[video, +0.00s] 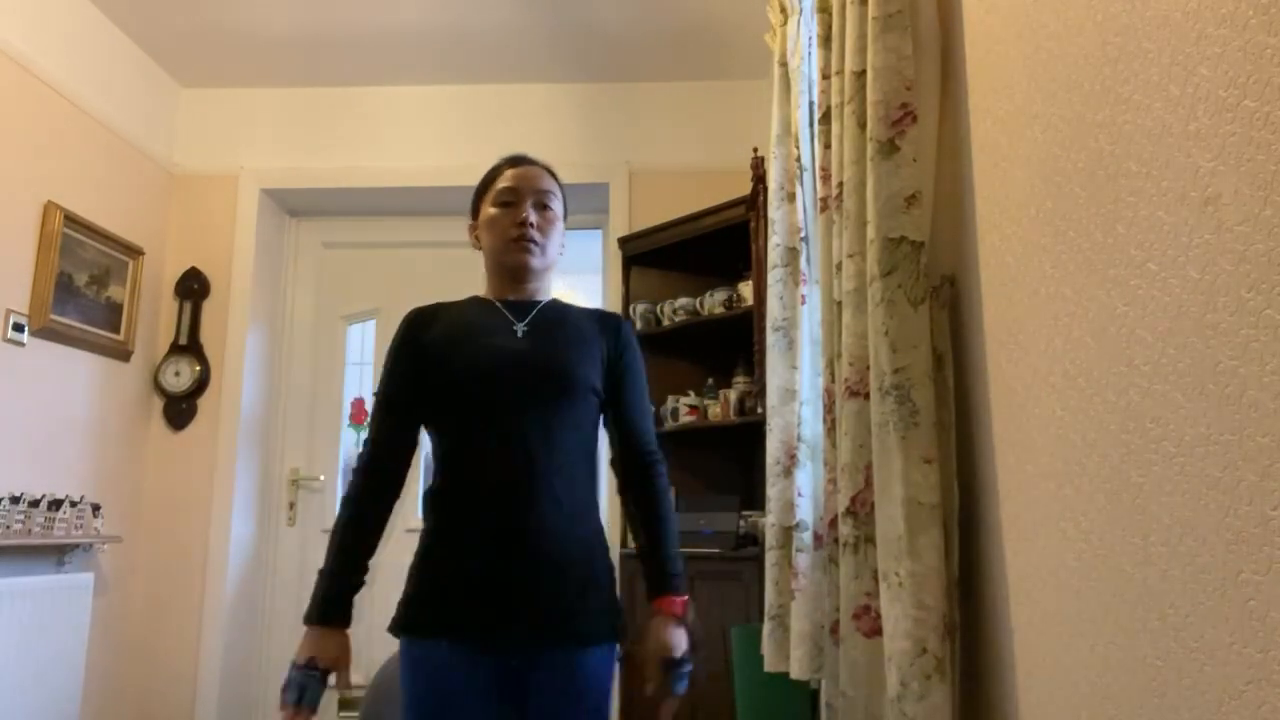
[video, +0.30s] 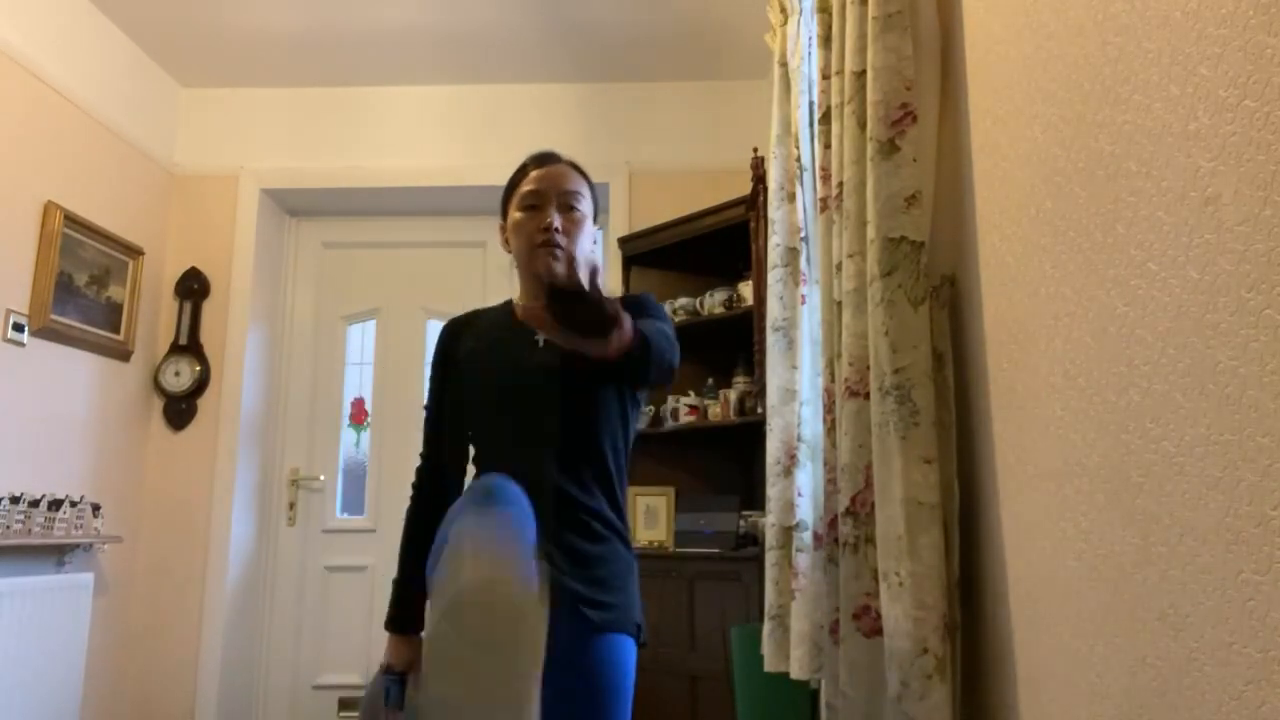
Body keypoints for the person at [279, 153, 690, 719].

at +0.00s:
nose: (528, 215)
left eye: (544, 204)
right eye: (507, 202)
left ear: (562, 233)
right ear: (475, 229)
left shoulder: (606, 335)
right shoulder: (427, 331)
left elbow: (643, 469)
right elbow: (379, 475)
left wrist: (669, 601)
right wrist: (327, 615)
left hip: (572, 622)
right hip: (449, 620)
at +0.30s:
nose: (552, 221)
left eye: (570, 208)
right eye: (532, 207)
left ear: (595, 235)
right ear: (505, 234)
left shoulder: (634, 316)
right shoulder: (465, 337)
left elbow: (660, 360)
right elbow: (437, 480)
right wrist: (404, 621)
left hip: (592, 597)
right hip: (486, 594)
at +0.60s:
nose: (554, 222)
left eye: (574, 208)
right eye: (534, 205)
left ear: (596, 232)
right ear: (507, 229)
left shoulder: (620, 325)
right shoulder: (467, 332)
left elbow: (652, 341)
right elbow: (440, 475)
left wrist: (642, 304)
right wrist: (414, 585)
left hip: (596, 567)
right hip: (500, 548)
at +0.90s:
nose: (540, 229)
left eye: (557, 216)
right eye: (520, 211)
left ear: (575, 239)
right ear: (489, 231)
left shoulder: (610, 344)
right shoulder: (433, 327)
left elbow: (654, 472)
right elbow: (378, 465)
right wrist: (320, 599)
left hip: (569, 627)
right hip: (446, 621)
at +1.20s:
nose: (520, 221)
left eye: (539, 211)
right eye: (502, 204)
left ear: (555, 240)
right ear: (466, 227)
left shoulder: (581, 348)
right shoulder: (419, 308)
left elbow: (570, 476)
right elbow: (378, 345)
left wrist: (552, 556)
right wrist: (358, 385)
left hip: (533, 554)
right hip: (426, 565)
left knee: (504, 592)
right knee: (407, 708)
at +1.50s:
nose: (521, 220)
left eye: (538, 211)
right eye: (500, 204)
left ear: (549, 238)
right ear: (461, 227)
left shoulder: (575, 352)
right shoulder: (422, 322)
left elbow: (573, 478)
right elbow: (385, 348)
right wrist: (401, 335)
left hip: (533, 600)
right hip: (426, 596)